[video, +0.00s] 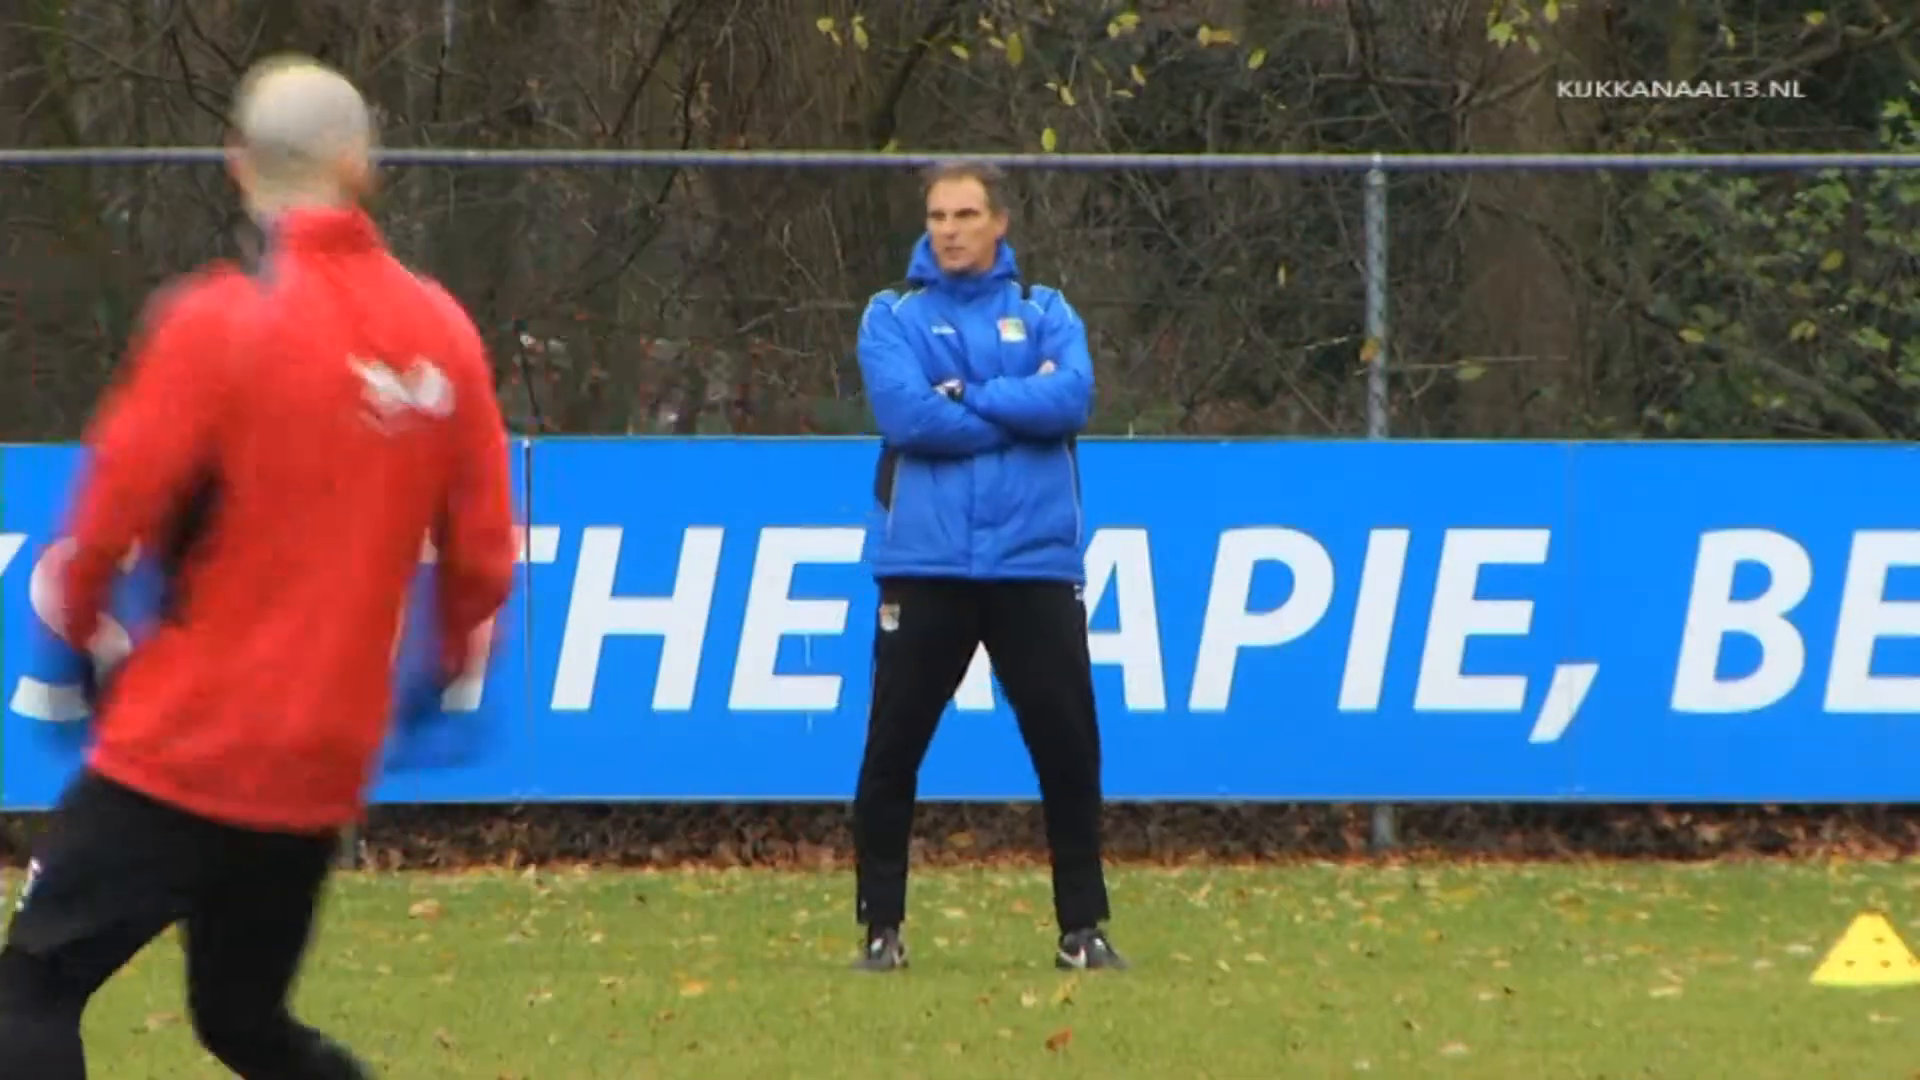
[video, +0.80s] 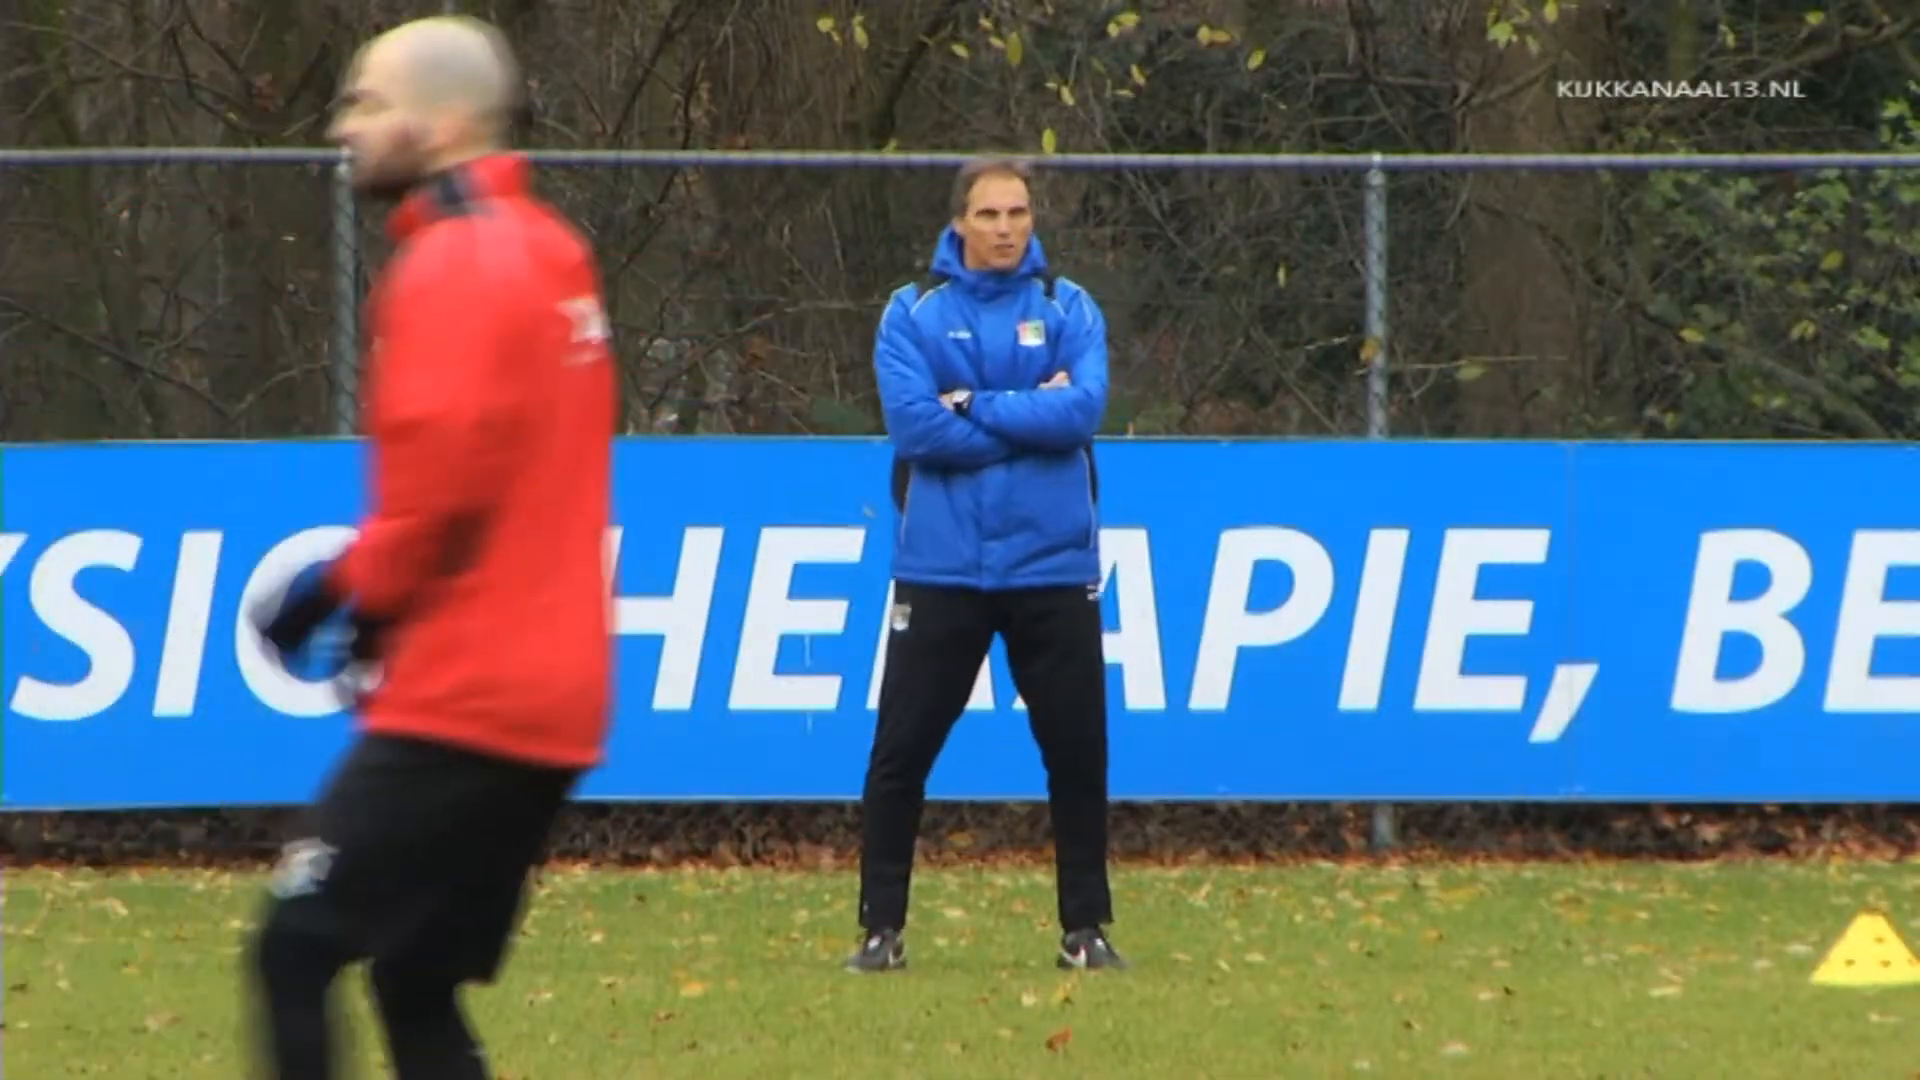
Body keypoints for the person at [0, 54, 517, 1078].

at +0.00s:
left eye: (236, 153)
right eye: (368, 153)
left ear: (240, 167)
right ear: (365, 169)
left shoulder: (219, 318)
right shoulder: (444, 331)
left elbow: (111, 513)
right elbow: (485, 553)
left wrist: (78, 631)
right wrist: (443, 662)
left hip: (190, 733)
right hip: (325, 746)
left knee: (35, 985)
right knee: (244, 1017)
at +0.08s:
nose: (215, 124)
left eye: (210, 109)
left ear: (210, 122)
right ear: (335, 127)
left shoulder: (166, 271)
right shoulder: (403, 276)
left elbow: (51, 473)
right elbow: (504, 446)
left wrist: (6, 564)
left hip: (159, 697)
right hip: (308, 703)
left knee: (54, 969)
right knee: (225, 982)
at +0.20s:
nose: (323, 114)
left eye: (316, 97)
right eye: (323, 99)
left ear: (188, 102)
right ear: (301, 108)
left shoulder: (109, 251)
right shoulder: (369, 248)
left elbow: (7, 418)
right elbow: (553, 334)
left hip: (127, 685)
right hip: (281, 684)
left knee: (48, 976)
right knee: (232, 972)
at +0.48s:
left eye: (205, 96)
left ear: (203, 118)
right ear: (334, 124)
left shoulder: (154, 271)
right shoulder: (412, 262)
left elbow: (23, 455)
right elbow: (577, 374)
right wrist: (756, 412)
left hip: (185, 709)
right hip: (341, 709)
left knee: (77, 973)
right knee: (263, 977)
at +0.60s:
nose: (233, 146)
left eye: (241, 127)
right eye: (238, 126)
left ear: (271, 140)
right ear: (363, 138)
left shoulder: (246, 289)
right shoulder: (477, 287)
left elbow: (164, 465)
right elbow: (571, 451)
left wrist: (85, 589)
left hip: (266, 725)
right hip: (413, 727)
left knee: (140, 990)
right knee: (321, 1002)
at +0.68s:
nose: (264, 151)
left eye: (280, 129)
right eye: (268, 128)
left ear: (338, 145)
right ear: (400, 144)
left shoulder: (329, 287)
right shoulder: (511, 286)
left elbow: (275, 476)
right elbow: (563, 523)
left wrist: (209, 586)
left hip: (345, 729)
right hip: (477, 733)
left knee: (203, 985)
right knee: (367, 1007)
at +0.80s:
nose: (343, 128)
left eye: (365, 106)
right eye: (349, 105)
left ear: (441, 120)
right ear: (461, 124)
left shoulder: (456, 257)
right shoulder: (553, 250)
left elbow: (444, 476)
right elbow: (521, 489)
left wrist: (346, 587)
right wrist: (386, 601)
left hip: (469, 694)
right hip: (549, 696)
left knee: (294, 947)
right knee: (417, 977)